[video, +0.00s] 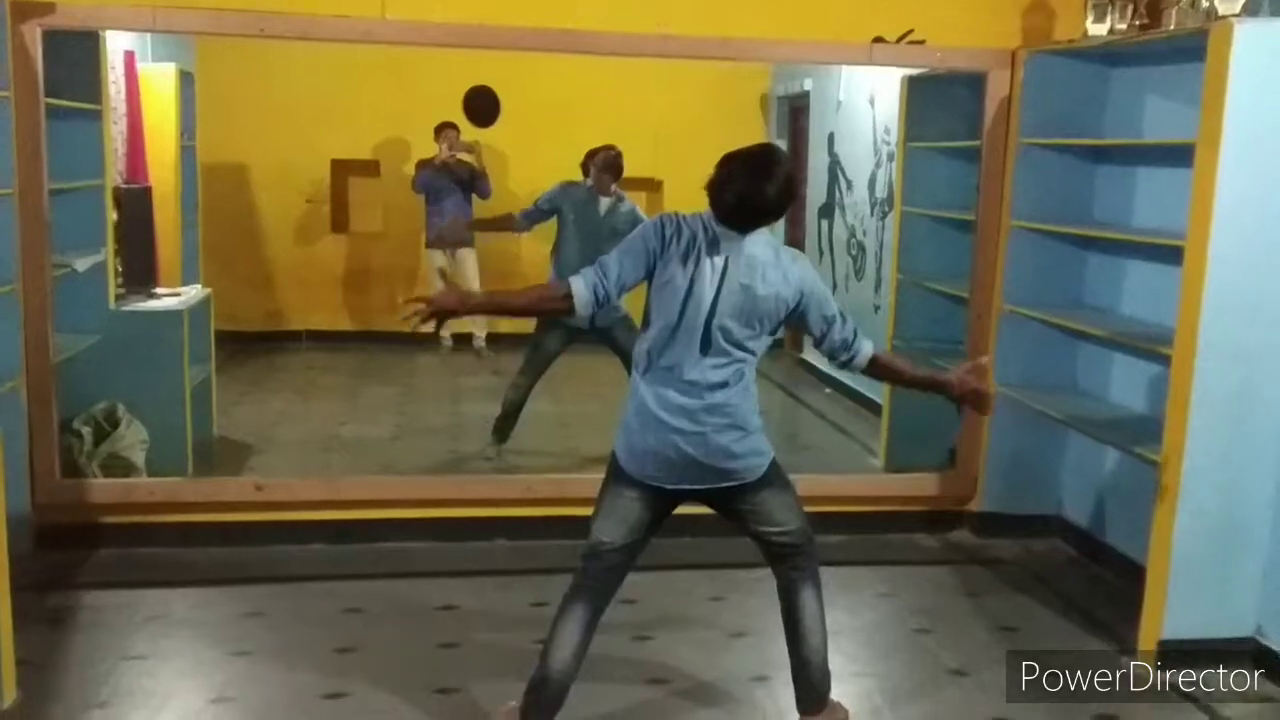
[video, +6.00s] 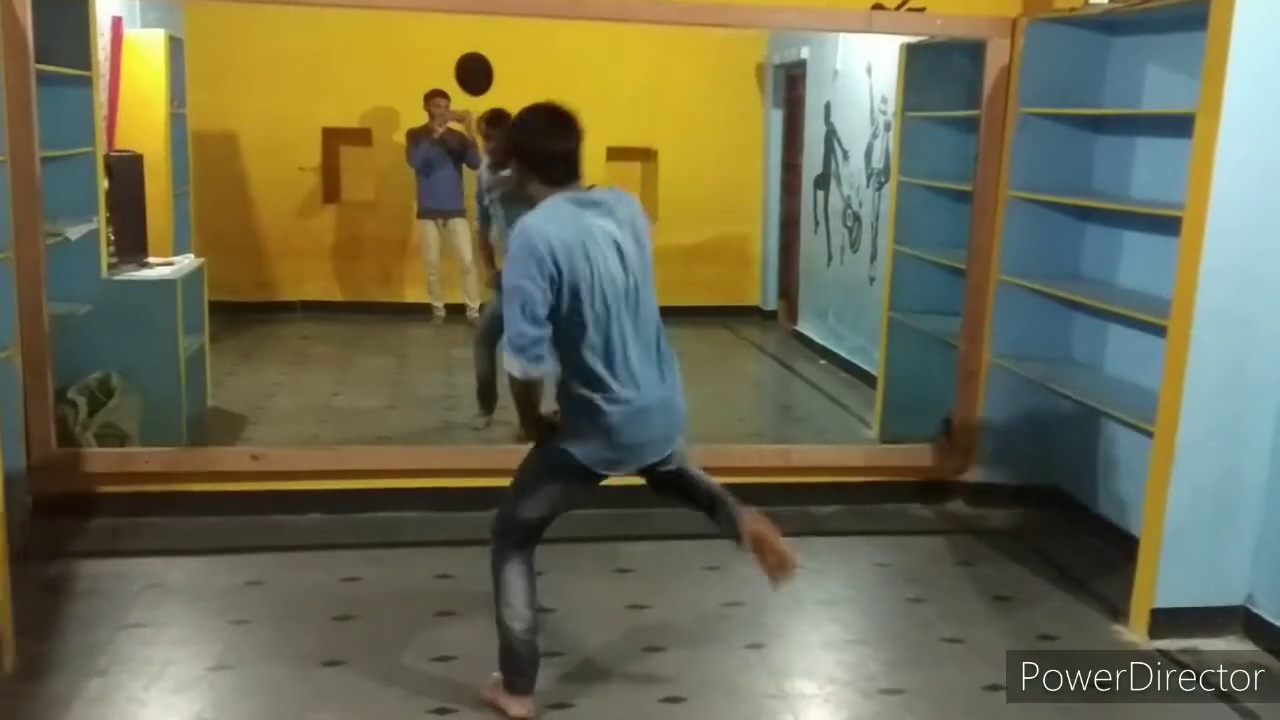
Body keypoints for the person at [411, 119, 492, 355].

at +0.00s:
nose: (448, 142)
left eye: (452, 138)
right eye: (444, 138)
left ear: (459, 141)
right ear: (437, 141)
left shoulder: (466, 167)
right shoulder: (426, 166)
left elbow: (484, 192)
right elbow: (418, 187)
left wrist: (478, 162)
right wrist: (438, 162)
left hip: (463, 238)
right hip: (436, 239)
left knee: (472, 289)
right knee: (440, 290)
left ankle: (479, 338)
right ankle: (444, 337)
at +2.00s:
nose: (445, 116)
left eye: (449, 111)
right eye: (440, 111)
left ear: (454, 114)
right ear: (432, 114)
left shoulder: (461, 141)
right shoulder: (421, 140)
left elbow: (481, 167)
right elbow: (413, 161)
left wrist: (473, 136)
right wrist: (433, 135)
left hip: (460, 214)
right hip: (433, 215)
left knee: (471, 266)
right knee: (436, 267)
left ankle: (477, 313)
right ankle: (442, 312)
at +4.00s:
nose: (440, 115)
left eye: (444, 111)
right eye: (435, 110)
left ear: (450, 113)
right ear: (427, 113)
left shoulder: (456, 140)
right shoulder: (416, 138)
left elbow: (476, 165)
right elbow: (410, 161)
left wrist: (470, 133)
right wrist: (429, 134)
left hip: (456, 213)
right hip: (428, 214)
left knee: (466, 264)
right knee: (433, 267)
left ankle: (473, 313)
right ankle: (438, 311)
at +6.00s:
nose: (440, 111)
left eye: (444, 106)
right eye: (435, 106)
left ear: (449, 109)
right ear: (427, 108)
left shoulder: (456, 136)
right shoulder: (416, 134)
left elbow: (474, 162)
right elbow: (415, 161)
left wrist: (470, 133)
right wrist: (434, 135)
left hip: (455, 210)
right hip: (428, 210)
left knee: (467, 262)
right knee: (432, 264)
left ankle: (473, 309)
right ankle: (437, 308)